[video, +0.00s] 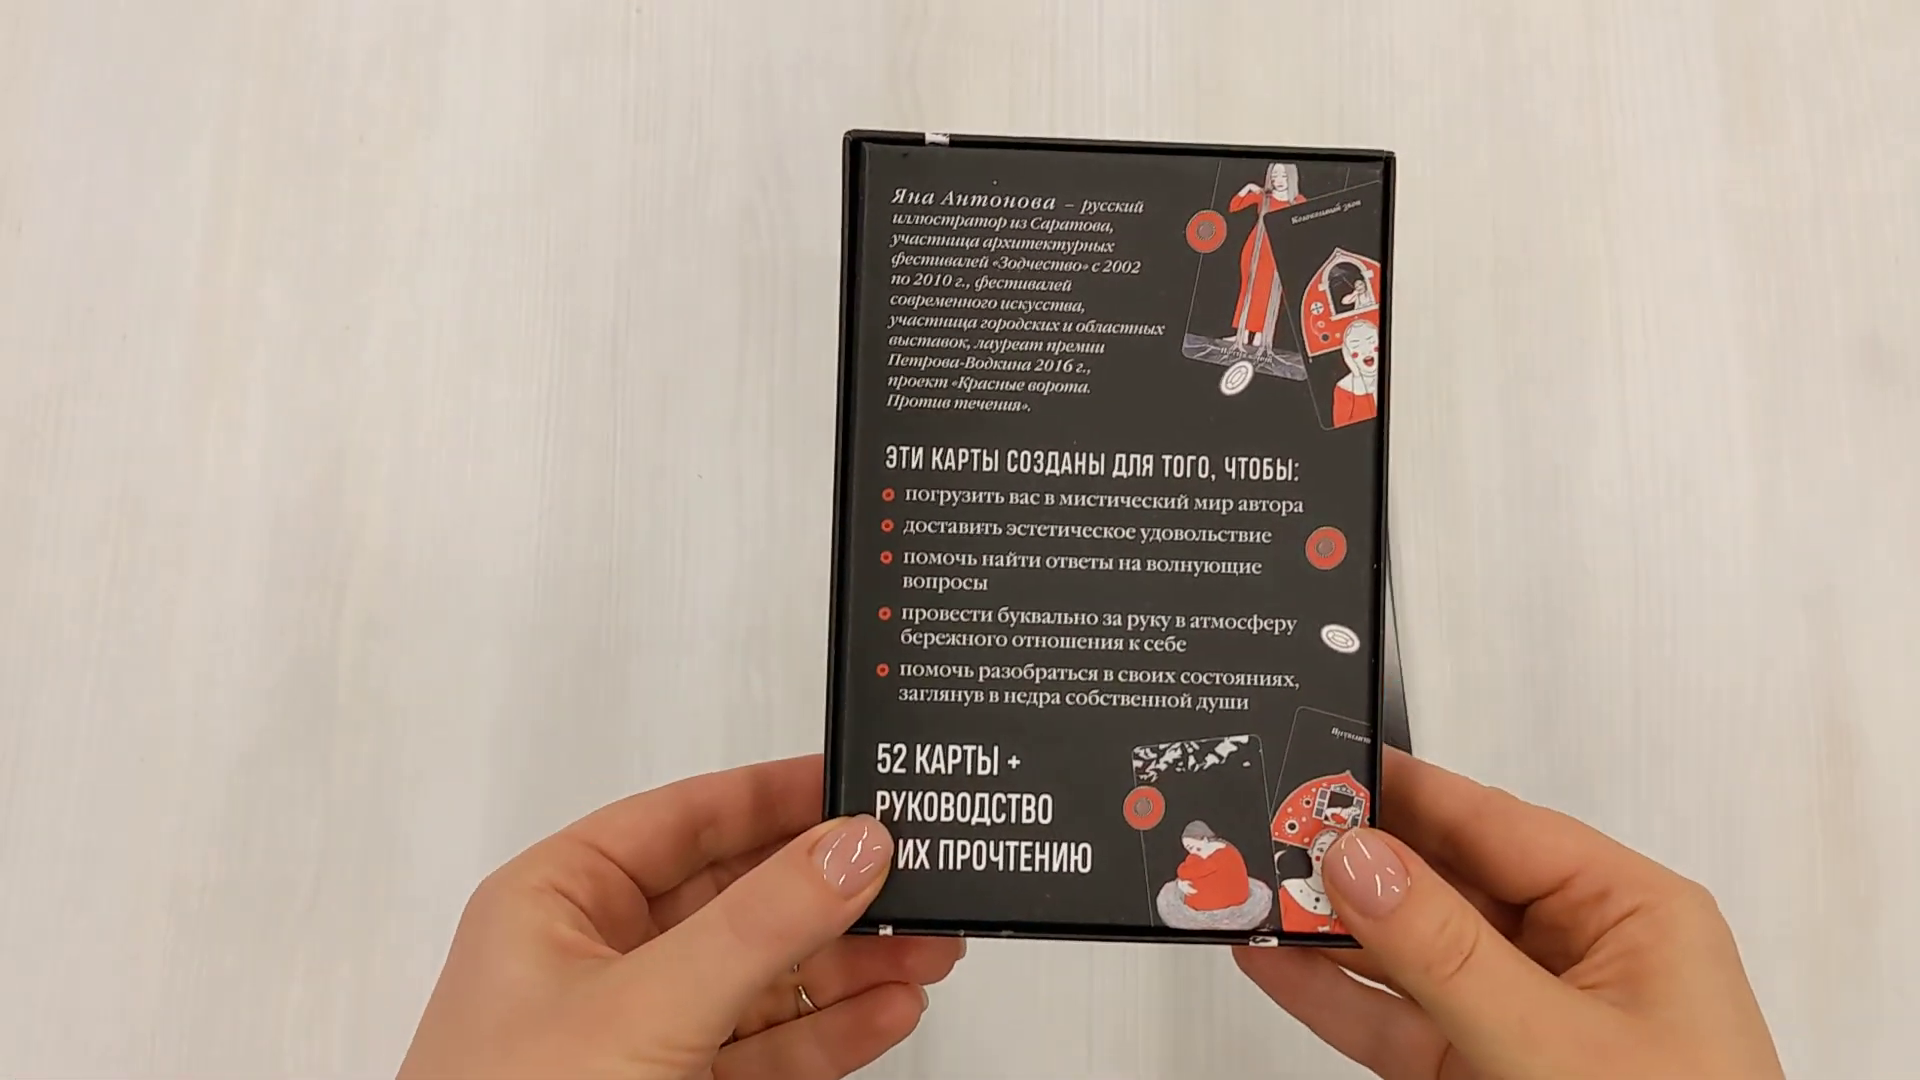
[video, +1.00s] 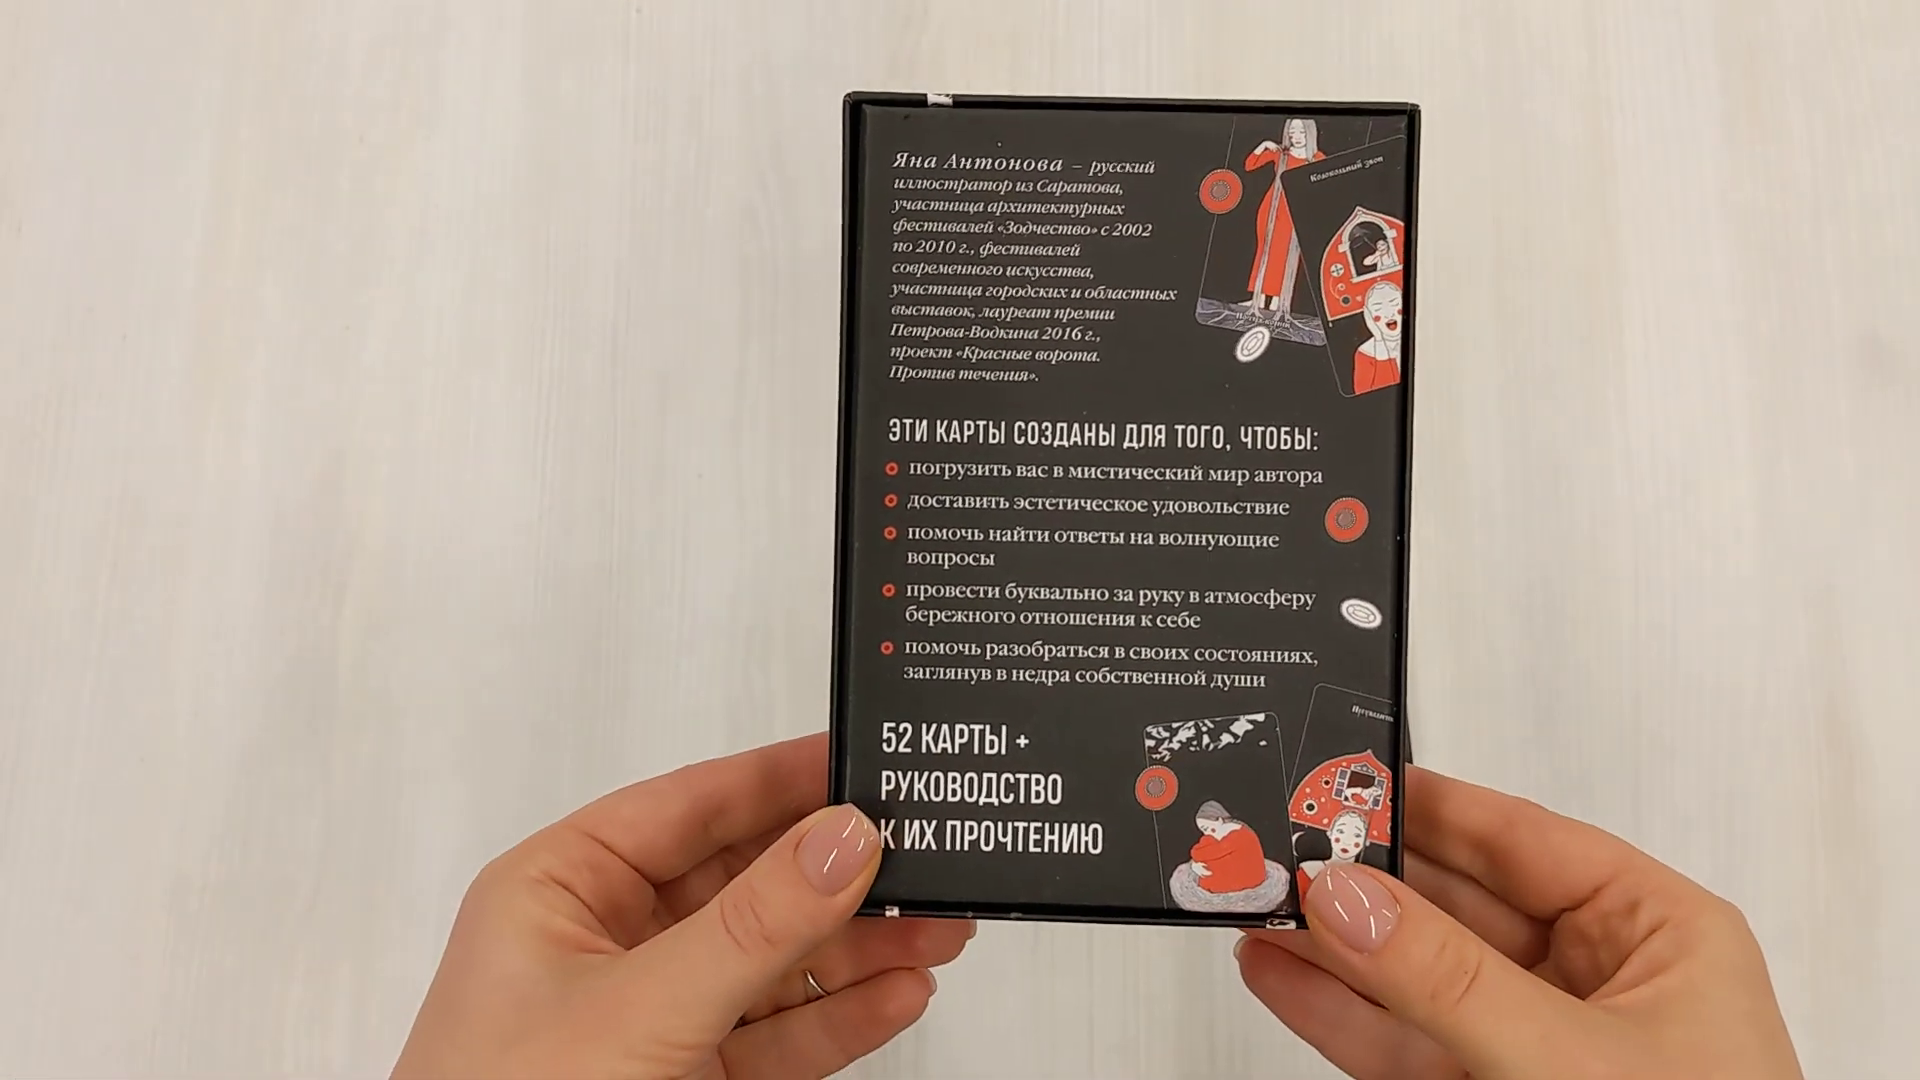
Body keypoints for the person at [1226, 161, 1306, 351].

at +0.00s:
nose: (1279, 181)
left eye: (1284, 177)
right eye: (1275, 177)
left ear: (1292, 178)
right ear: (1270, 179)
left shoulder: (1299, 203)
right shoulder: (1262, 197)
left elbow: (1306, 231)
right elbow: (1234, 207)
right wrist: (1247, 189)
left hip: (1279, 251)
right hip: (1256, 247)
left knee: (1269, 293)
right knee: (1251, 289)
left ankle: (1260, 336)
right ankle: (1242, 333)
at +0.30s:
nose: (1263, 199)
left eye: (1268, 195)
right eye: (1259, 195)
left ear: (1276, 196)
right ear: (1254, 197)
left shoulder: (1284, 222)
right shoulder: (1246, 216)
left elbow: (1291, 248)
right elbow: (1218, 226)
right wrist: (1232, 208)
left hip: (1262, 271)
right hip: (1240, 266)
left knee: (1253, 312)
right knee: (1235, 308)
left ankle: (1244, 355)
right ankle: (1226, 352)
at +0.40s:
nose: (1242, 171)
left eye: (1246, 167)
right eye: (1238, 167)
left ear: (1255, 168)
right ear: (1234, 169)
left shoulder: (1264, 191)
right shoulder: (1227, 188)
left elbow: (1275, 214)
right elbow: (1198, 201)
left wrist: (1262, 194)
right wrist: (1210, 181)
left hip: (1246, 242)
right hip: (1223, 239)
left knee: (1237, 283)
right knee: (1219, 281)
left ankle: (1231, 328)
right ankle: (1213, 326)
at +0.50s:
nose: (1232, 146)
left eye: (1235, 141)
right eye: (1227, 142)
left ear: (1244, 142)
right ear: (1223, 145)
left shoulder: (1255, 166)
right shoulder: (1216, 165)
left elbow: (1264, 193)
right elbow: (1187, 179)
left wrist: (1249, 168)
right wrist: (1200, 158)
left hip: (1238, 219)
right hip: (1215, 217)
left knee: (1232, 261)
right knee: (1212, 260)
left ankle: (1227, 308)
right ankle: (1207, 307)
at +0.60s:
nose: (1242, 129)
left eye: (1246, 124)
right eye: (1238, 125)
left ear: (1255, 125)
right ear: (1233, 129)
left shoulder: (1266, 149)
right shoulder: (1227, 149)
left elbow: (1276, 174)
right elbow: (1198, 164)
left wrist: (1261, 152)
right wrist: (1211, 142)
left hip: (1249, 205)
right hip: (1225, 203)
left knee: (1243, 250)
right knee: (1222, 248)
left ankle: (1238, 296)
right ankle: (1218, 295)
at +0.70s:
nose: (1268, 131)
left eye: (1272, 126)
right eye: (1263, 127)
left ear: (1281, 127)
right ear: (1258, 130)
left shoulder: (1291, 152)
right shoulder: (1251, 149)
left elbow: (1301, 179)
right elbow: (1221, 163)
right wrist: (1235, 142)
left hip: (1272, 206)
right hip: (1248, 203)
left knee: (1263, 249)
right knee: (1243, 247)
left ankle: (1258, 296)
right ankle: (1238, 294)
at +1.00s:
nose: (1297, 137)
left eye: (1301, 132)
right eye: (1292, 133)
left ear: (1310, 134)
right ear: (1287, 135)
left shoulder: (1319, 160)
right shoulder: (1279, 154)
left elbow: (1326, 188)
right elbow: (1249, 166)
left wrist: (1312, 163)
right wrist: (1263, 146)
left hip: (1297, 213)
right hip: (1273, 209)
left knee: (1286, 255)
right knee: (1268, 251)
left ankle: (1277, 301)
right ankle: (1258, 298)